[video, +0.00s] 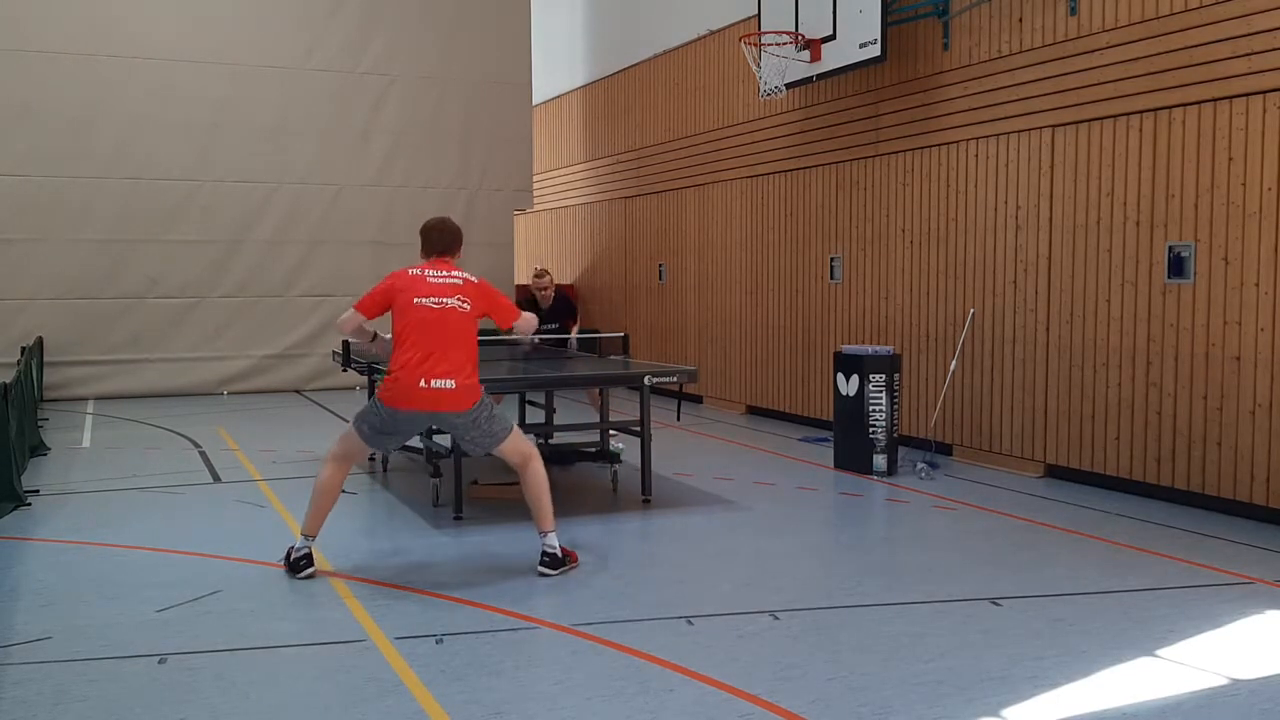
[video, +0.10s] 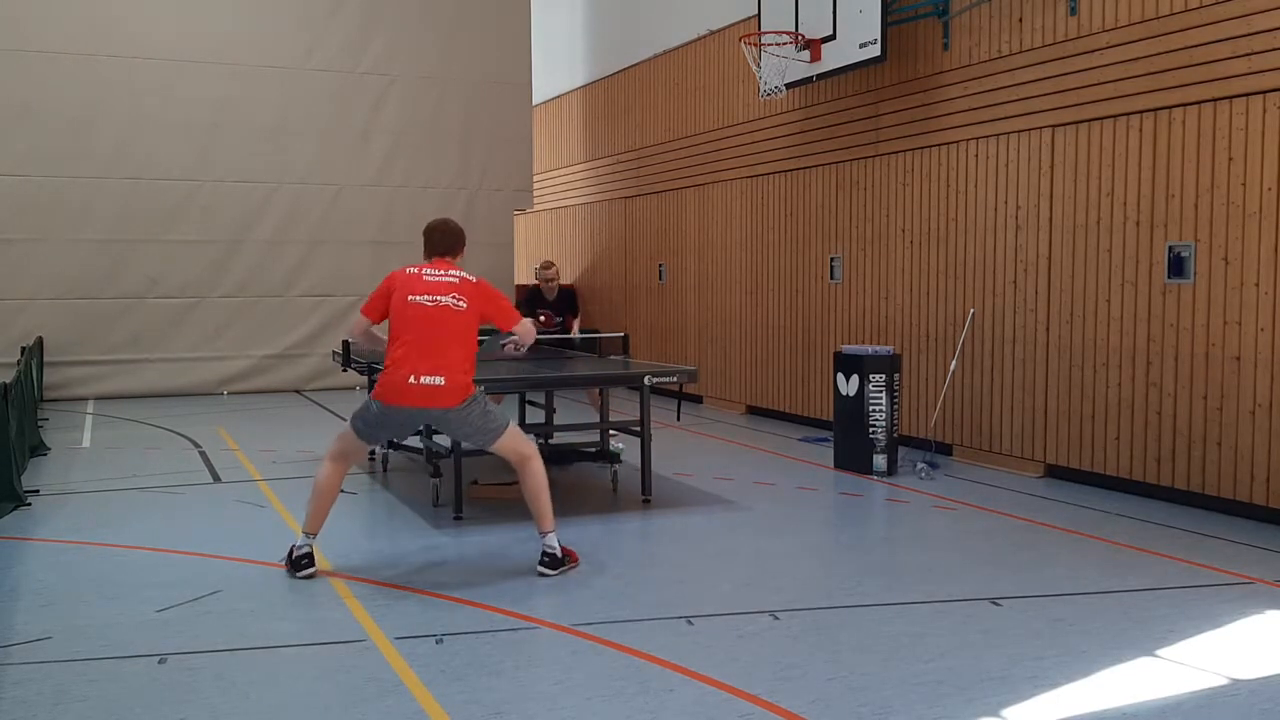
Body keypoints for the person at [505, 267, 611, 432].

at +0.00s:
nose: (543, 293)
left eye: (546, 289)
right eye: (539, 289)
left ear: (553, 287)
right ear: (532, 289)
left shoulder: (563, 300)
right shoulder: (525, 304)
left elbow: (576, 319)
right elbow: (514, 329)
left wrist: (573, 336)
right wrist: (525, 338)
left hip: (562, 354)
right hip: (533, 355)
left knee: (589, 379)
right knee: (503, 378)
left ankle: (606, 424)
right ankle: (479, 418)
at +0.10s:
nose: (550, 284)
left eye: (553, 280)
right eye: (546, 281)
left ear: (558, 278)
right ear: (539, 280)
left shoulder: (568, 293)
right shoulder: (531, 294)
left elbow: (575, 315)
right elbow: (525, 318)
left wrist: (575, 330)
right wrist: (533, 330)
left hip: (564, 346)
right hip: (536, 346)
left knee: (590, 378)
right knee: (505, 375)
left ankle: (606, 428)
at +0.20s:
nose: (552, 271)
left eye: (556, 267)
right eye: (548, 267)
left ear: (561, 267)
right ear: (541, 269)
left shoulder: (569, 288)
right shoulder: (531, 288)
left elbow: (576, 311)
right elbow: (513, 313)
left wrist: (577, 323)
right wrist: (523, 314)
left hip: (564, 348)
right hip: (535, 348)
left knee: (590, 379)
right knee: (505, 379)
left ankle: (606, 424)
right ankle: (481, 417)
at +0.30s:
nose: (550, 265)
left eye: (554, 261)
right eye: (546, 262)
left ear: (560, 262)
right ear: (540, 264)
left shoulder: (568, 286)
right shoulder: (529, 285)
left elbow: (575, 310)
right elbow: (508, 307)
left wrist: (577, 322)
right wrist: (521, 311)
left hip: (564, 350)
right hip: (534, 350)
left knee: (590, 379)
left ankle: (606, 428)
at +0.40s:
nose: (545, 266)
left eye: (549, 262)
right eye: (542, 263)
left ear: (556, 264)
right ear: (536, 265)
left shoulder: (567, 288)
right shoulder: (525, 286)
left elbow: (573, 314)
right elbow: (505, 307)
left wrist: (575, 323)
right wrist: (518, 310)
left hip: (561, 350)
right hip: (532, 350)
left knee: (588, 379)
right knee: (508, 378)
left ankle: (606, 427)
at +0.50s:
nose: (542, 267)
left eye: (545, 263)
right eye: (537, 264)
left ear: (552, 264)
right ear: (532, 266)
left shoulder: (565, 288)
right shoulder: (523, 287)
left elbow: (572, 313)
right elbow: (502, 311)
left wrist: (571, 322)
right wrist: (514, 316)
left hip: (559, 351)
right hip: (527, 351)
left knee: (588, 378)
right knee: (500, 378)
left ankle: (606, 424)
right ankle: (482, 420)